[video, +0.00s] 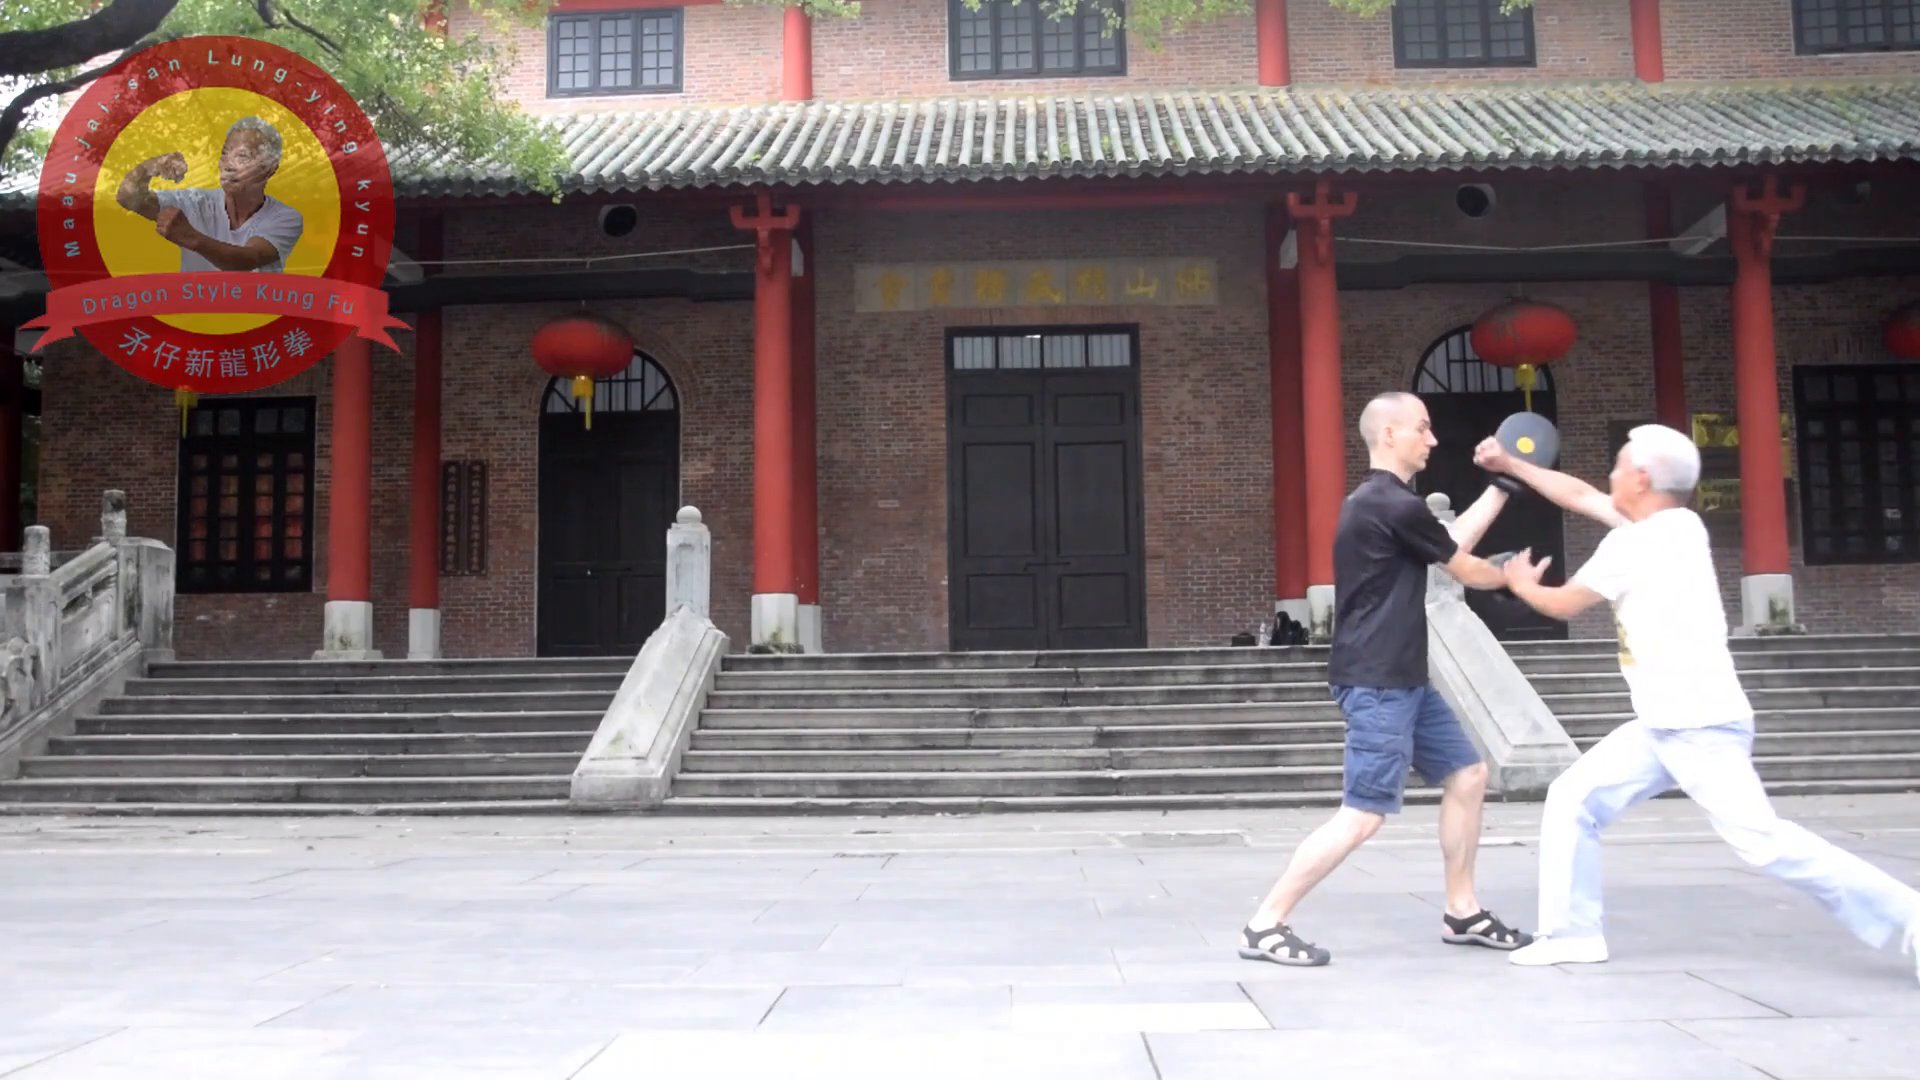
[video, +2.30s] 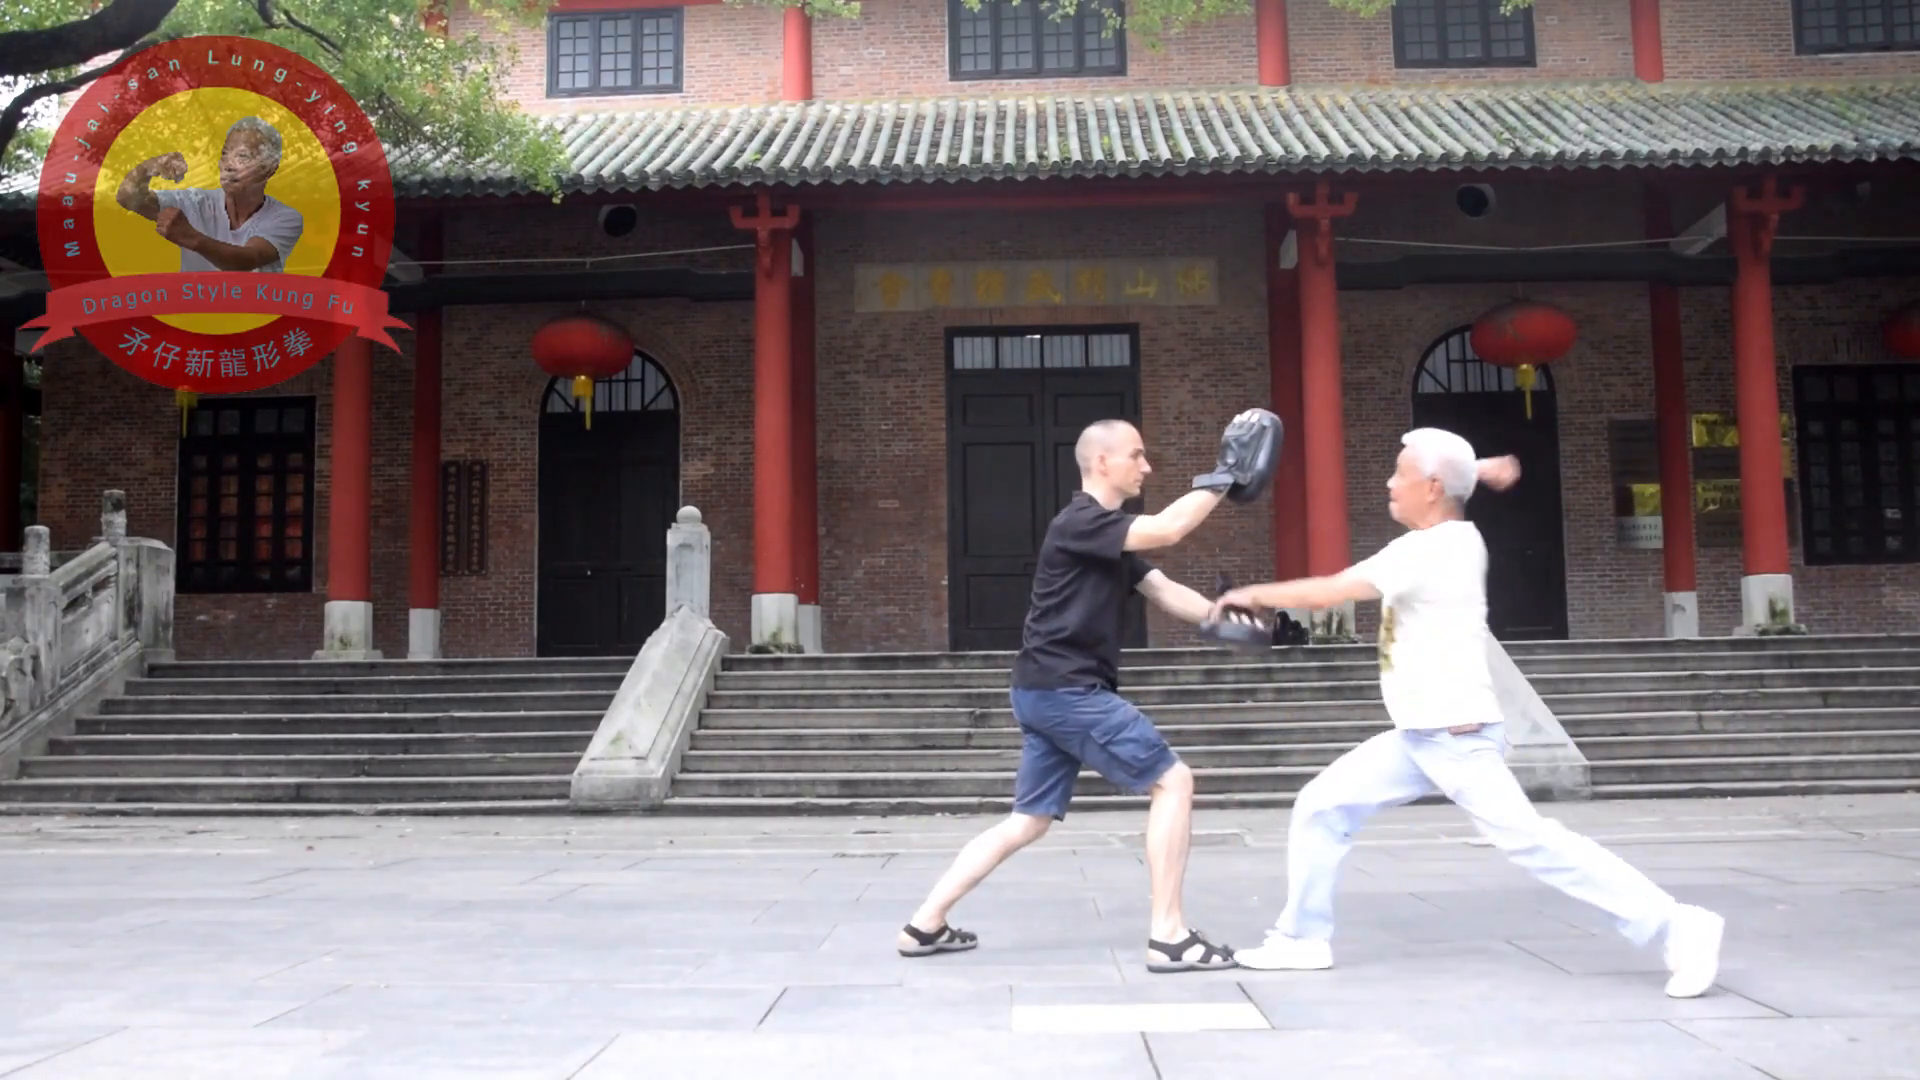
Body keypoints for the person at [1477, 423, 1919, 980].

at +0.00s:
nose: (1612, 472)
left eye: (1620, 466)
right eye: (1618, 463)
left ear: (1643, 482)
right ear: (1654, 483)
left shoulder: (1637, 541)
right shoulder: (1678, 526)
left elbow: (1565, 604)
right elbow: (1582, 495)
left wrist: (1524, 586)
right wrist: (1512, 463)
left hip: (1696, 722)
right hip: (1669, 720)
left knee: (1759, 841)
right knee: (1571, 798)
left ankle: (1906, 917)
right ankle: (1572, 935)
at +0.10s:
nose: (1568, 474)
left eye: (1575, 466)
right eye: (1574, 465)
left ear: (1594, 481)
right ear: (1620, 479)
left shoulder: (1604, 540)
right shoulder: (1641, 518)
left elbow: (1524, 593)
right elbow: (1557, 498)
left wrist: (1480, 602)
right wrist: (1489, 469)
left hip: (1691, 715)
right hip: (1657, 712)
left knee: (1708, 847)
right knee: (1574, 803)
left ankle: (1868, 903)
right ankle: (1572, 935)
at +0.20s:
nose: (1555, 472)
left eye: (1559, 463)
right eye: (1558, 462)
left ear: (1579, 473)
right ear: (1604, 473)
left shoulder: (1602, 530)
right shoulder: (1626, 511)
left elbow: (1528, 597)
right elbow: (1536, 508)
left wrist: (1488, 591)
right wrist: (1474, 483)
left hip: (1689, 701)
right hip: (1657, 701)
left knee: (1663, 833)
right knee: (1583, 804)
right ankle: (1573, 937)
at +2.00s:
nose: (1491, 480)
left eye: (1497, 467)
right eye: (1492, 467)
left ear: (1532, 468)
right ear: (1545, 471)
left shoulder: (1523, 524)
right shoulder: (1591, 518)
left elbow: (1451, 591)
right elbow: (1496, 526)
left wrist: (1404, 576)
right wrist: (1429, 505)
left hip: (1595, 709)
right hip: (1609, 703)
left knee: (1620, 853)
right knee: (1495, 791)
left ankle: (1735, 960)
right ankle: (1538, 924)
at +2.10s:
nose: (1467, 481)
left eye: (1472, 469)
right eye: (1468, 470)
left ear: (1506, 474)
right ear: (1526, 476)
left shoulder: (1492, 527)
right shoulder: (1578, 521)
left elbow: (1405, 582)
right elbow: (1515, 510)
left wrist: (1377, 560)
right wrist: (1452, 506)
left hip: (1554, 726)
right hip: (1574, 717)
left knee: (1603, 852)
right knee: (1442, 784)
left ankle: (1728, 953)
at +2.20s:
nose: (1426, 485)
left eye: (1433, 474)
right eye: (1429, 472)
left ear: (1467, 482)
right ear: (1485, 481)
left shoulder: (1441, 534)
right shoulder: (1531, 531)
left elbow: (1342, 553)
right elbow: (1551, 501)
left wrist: (1276, 536)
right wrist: (1508, 470)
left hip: (1503, 735)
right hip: (1493, 732)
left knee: (1581, 850)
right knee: (1389, 811)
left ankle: (1720, 942)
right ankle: (1318, 924)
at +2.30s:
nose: (1389, 483)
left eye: (1399, 475)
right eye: (1394, 473)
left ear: (1431, 490)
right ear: (1440, 488)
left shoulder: (1430, 550)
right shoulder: (1456, 537)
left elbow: (1334, 592)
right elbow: (1438, 491)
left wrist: (1245, 595)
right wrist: (1479, 469)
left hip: (1457, 738)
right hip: (1423, 735)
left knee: (1531, 841)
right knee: (1321, 803)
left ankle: (1678, 928)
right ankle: (1302, 937)